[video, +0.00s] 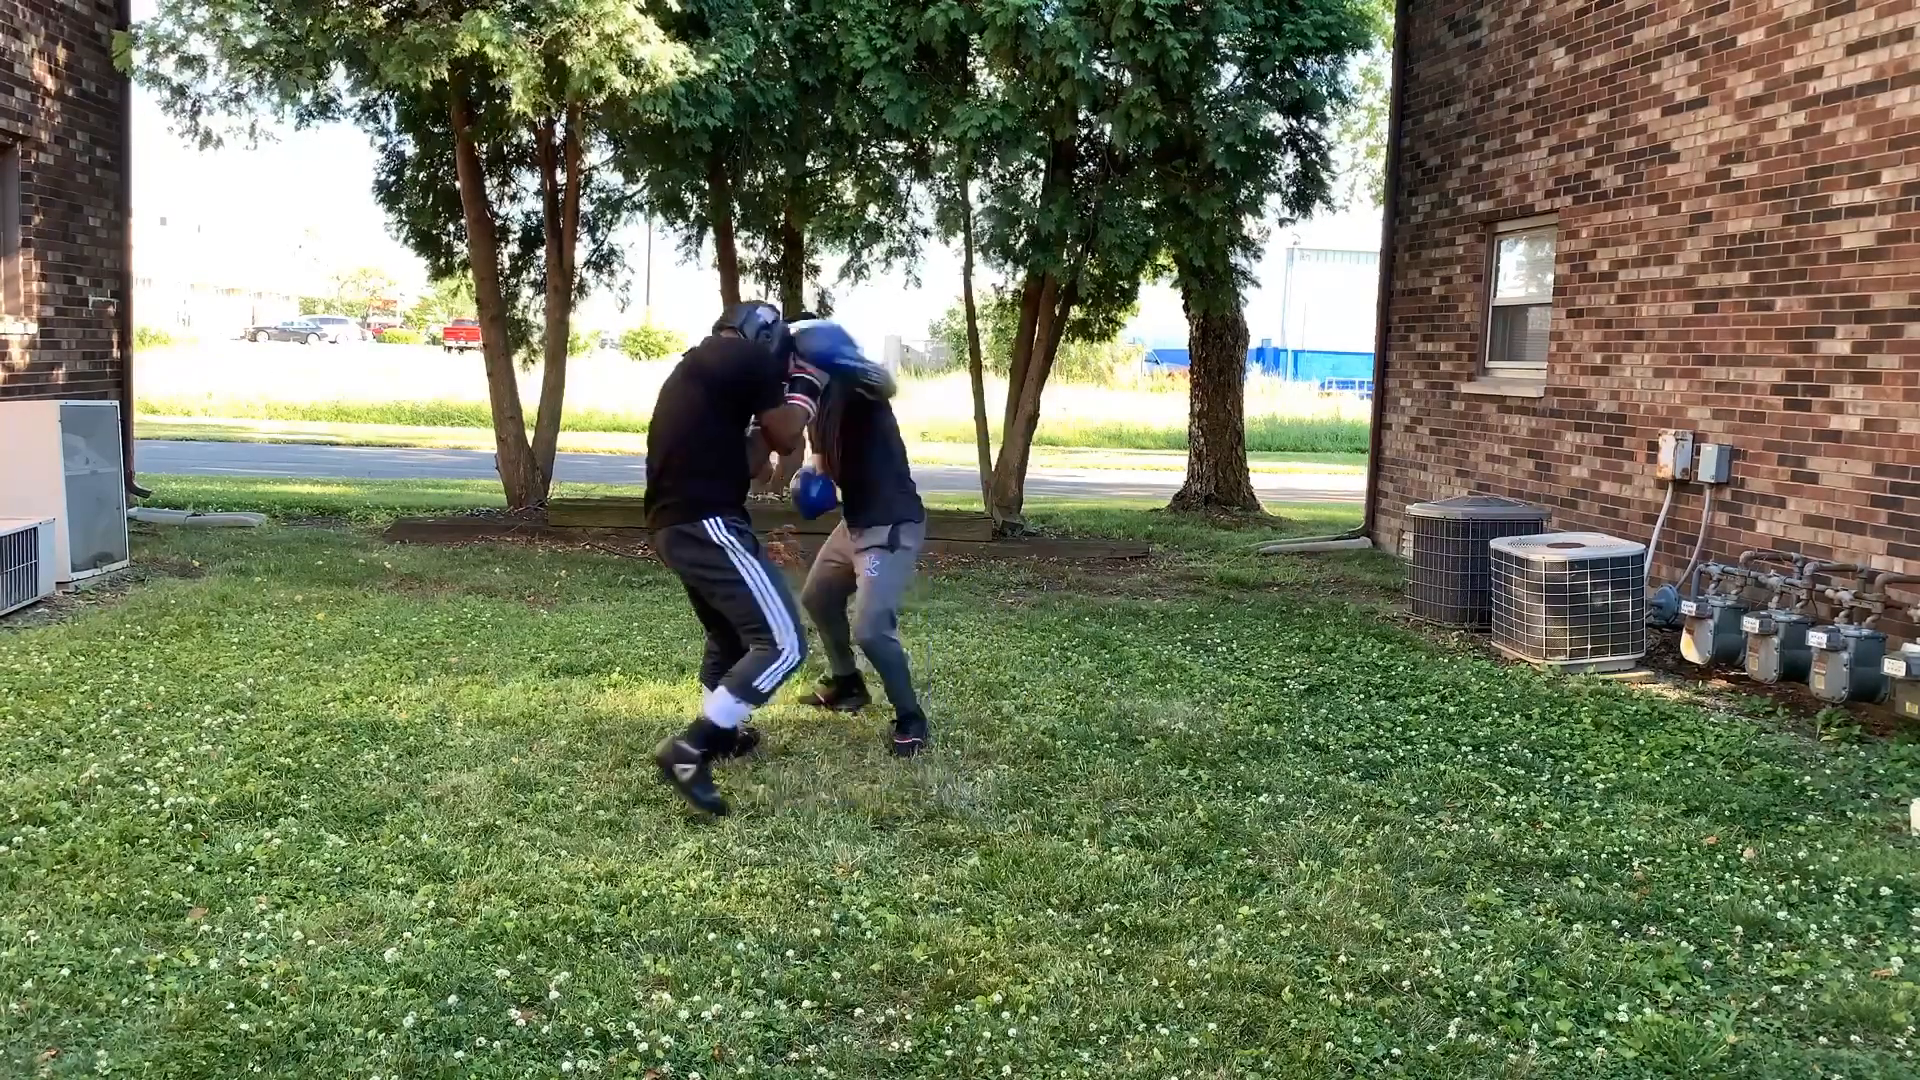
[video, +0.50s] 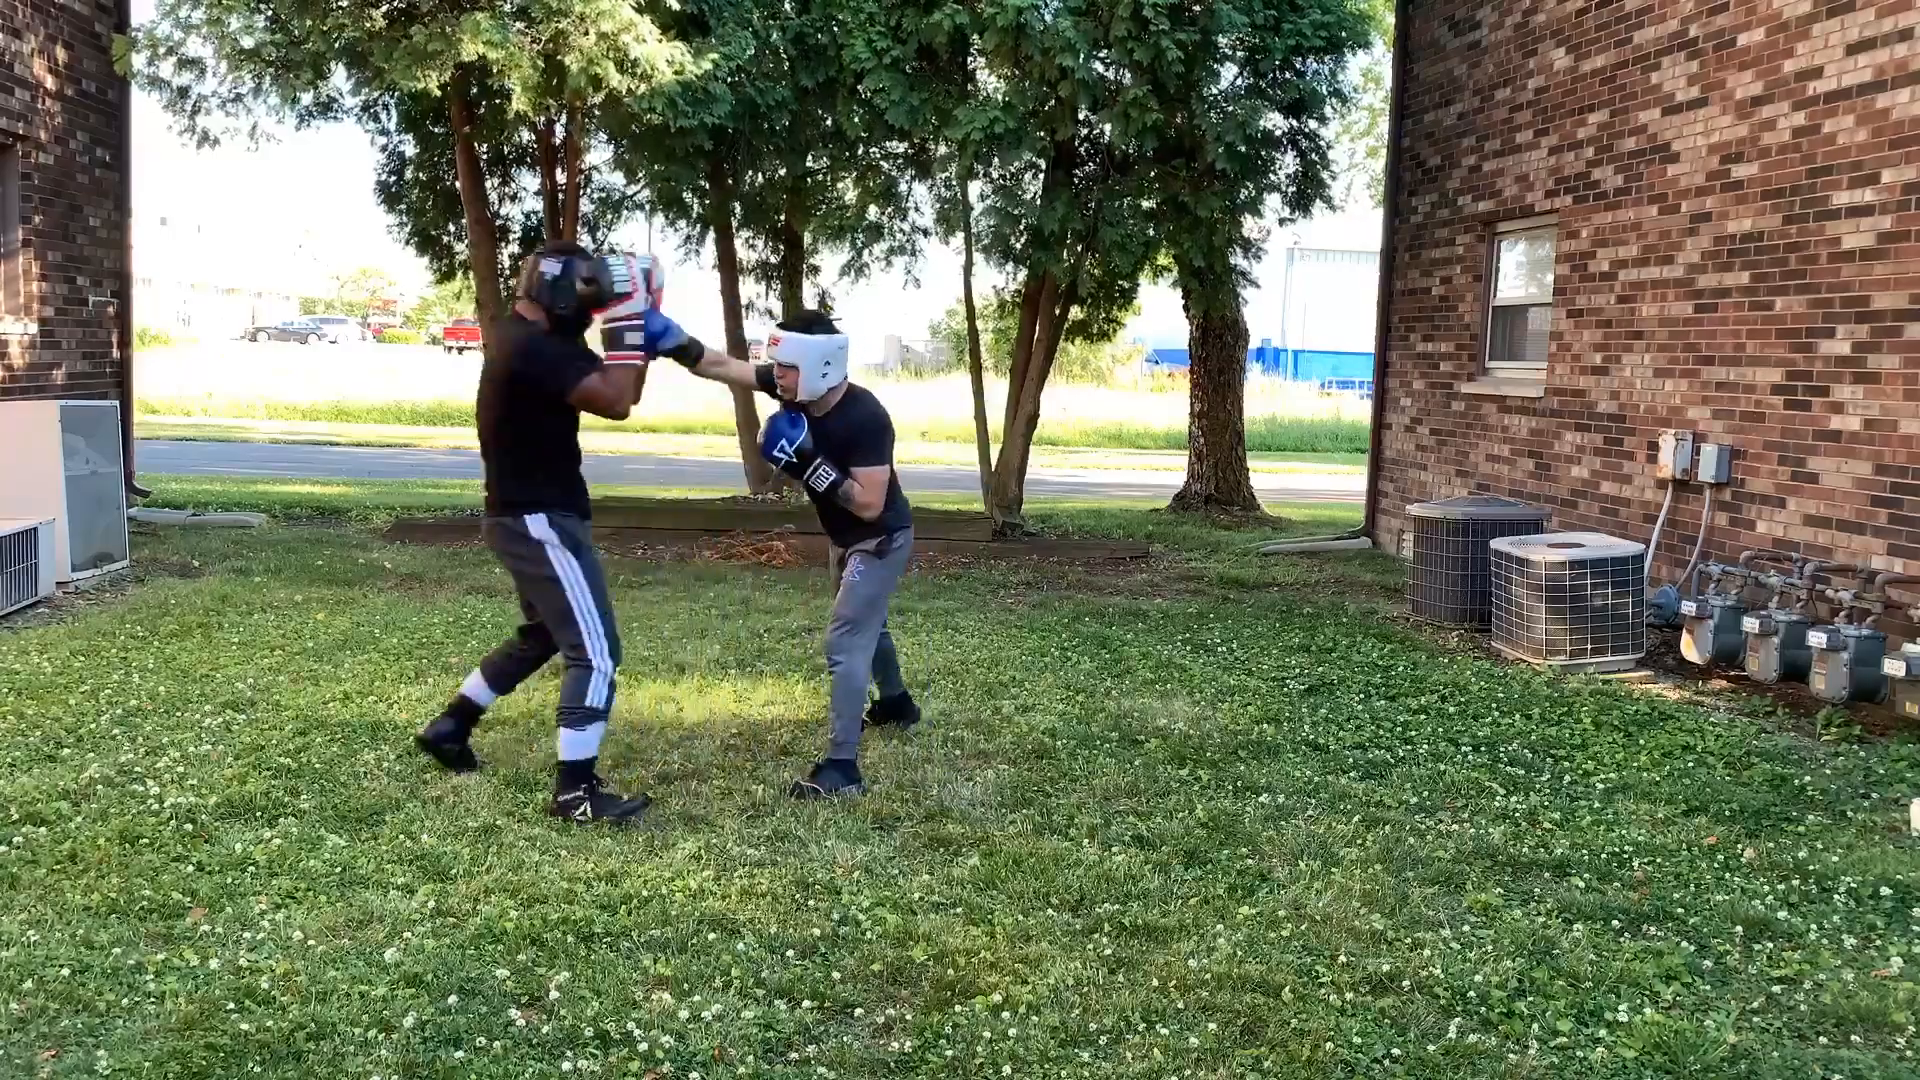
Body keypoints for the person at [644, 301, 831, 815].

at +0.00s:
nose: (779, 357)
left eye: (780, 350)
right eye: (778, 348)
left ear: (728, 331)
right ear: (766, 335)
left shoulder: (696, 365)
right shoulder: (751, 354)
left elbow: (740, 469)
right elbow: (788, 439)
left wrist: (774, 420)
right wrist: (805, 385)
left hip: (676, 521)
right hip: (708, 521)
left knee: (727, 636)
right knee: (784, 646)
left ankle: (723, 730)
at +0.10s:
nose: (736, 347)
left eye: (734, 340)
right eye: (735, 339)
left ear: (680, 332)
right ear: (720, 332)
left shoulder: (645, 374)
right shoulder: (725, 360)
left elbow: (699, 454)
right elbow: (755, 447)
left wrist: (747, 408)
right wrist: (768, 404)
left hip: (650, 533)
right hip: (687, 534)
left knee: (712, 628)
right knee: (708, 678)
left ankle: (718, 730)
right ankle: (602, 779)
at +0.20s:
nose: (703, 343)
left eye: (701, 334)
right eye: (700, 336)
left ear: (644, 334)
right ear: (689, 333)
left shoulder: (606, 381)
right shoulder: (695, 364)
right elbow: (738, 450)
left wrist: (707, 369)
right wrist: (740, 379)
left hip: (605, 545)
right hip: (658, 543)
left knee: (668, 632)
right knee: (678, 687)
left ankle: (703, 728)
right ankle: (592, 791)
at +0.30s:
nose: (683, 339)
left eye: (683, 330)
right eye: (681, 331)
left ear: (626, 324)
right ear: (668, 325)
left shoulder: (584, 363)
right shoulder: (668, 355)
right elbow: (697, 442)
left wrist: (685, 370)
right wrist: (706, 380)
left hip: (575, 535)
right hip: (626, 532)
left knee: (631, 635)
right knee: (658, 673)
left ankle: (635, 730)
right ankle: (589, 792)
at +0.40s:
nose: (631, 316)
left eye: (631, 308)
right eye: (630, 307)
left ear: (577, 299)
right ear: (619, 304)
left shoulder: (558, 342)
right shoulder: (604, 342)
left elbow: (635, 413)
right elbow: (675, 405)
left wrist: (654, 342)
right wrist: (671, 330)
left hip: (548, 519)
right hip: (587, 520)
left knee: (592, 626)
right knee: (635, 662)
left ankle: (536, 728)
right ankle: (586, 790)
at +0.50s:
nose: (589, 312)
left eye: (591, 299)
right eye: (586, 299)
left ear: (537, 294)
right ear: (567, 300)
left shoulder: (515, 341)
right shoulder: (538, 349)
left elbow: (610, 389)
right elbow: (618, 399)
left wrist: (635, 314)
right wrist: (627, 318)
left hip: (520, 516)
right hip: (540, 519)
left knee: (544, 634)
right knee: (597, 651)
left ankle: (450, 726)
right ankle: (576, 786)